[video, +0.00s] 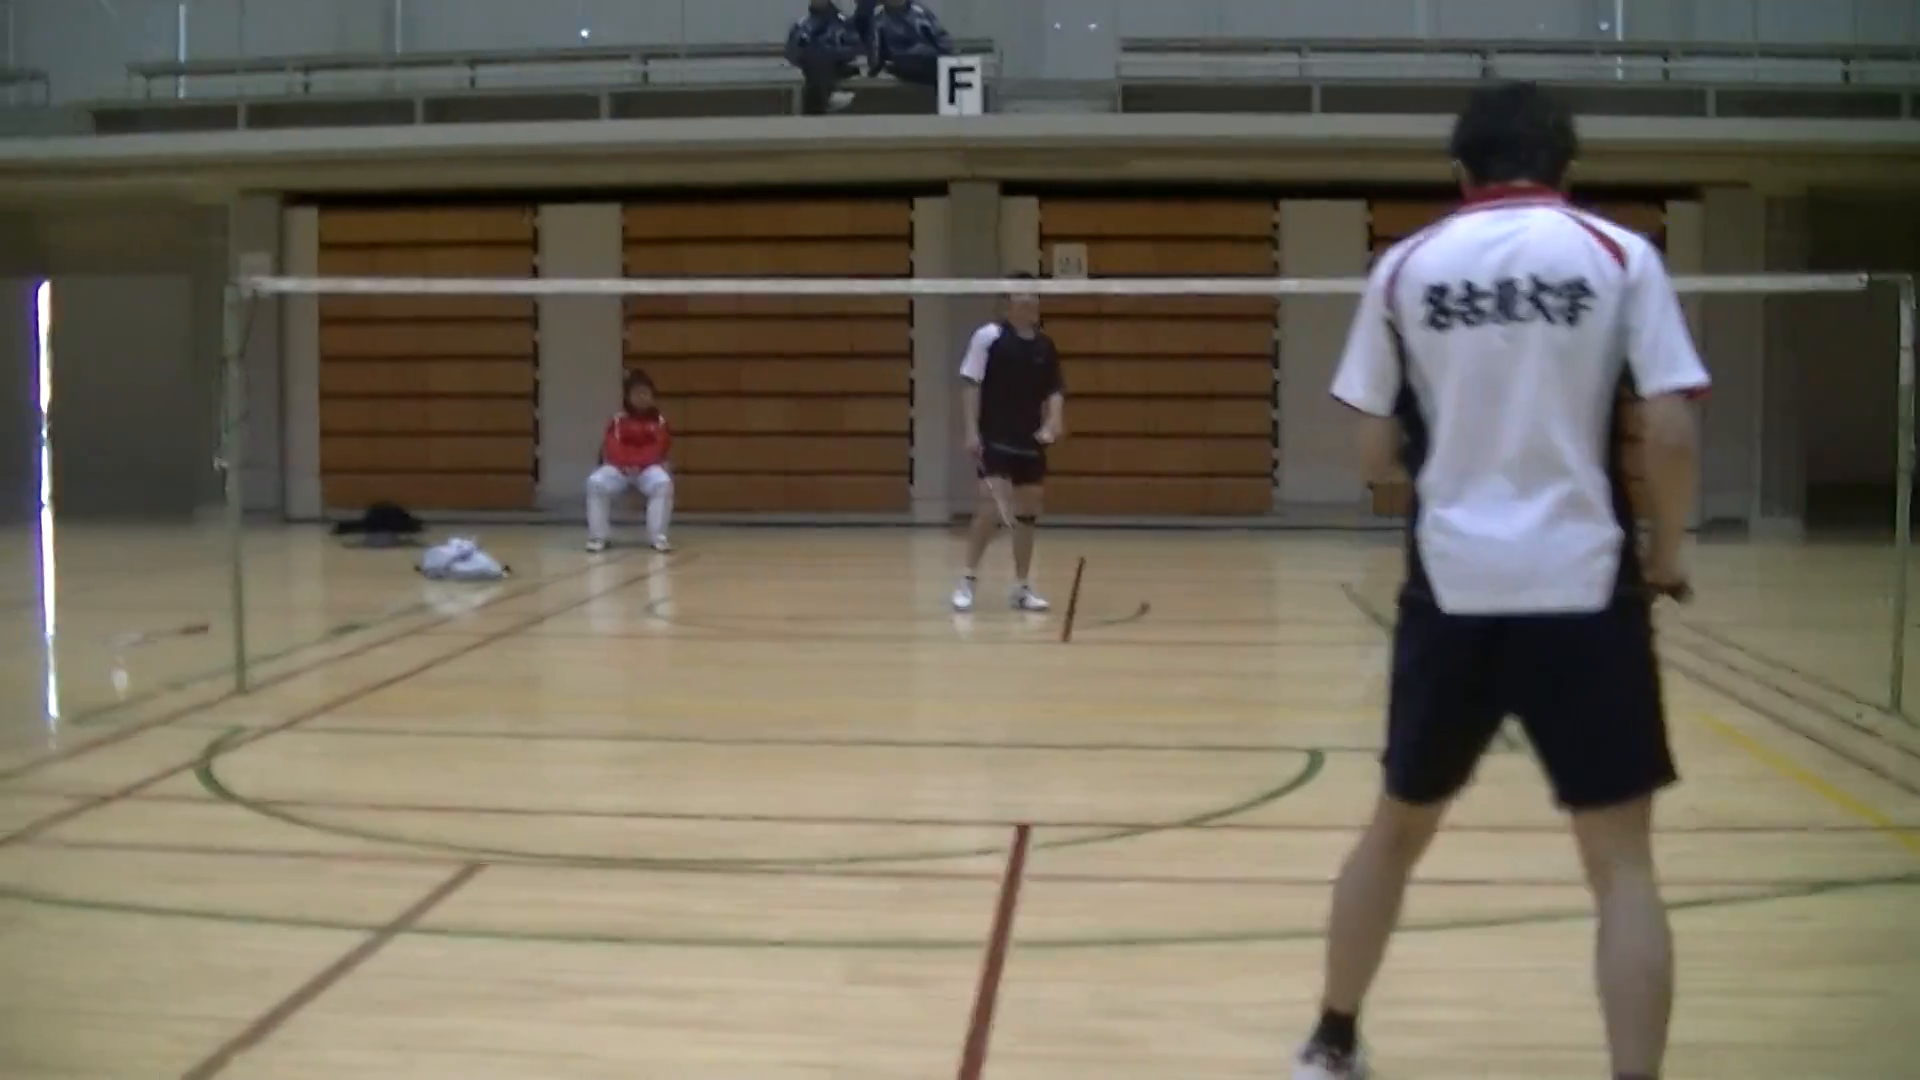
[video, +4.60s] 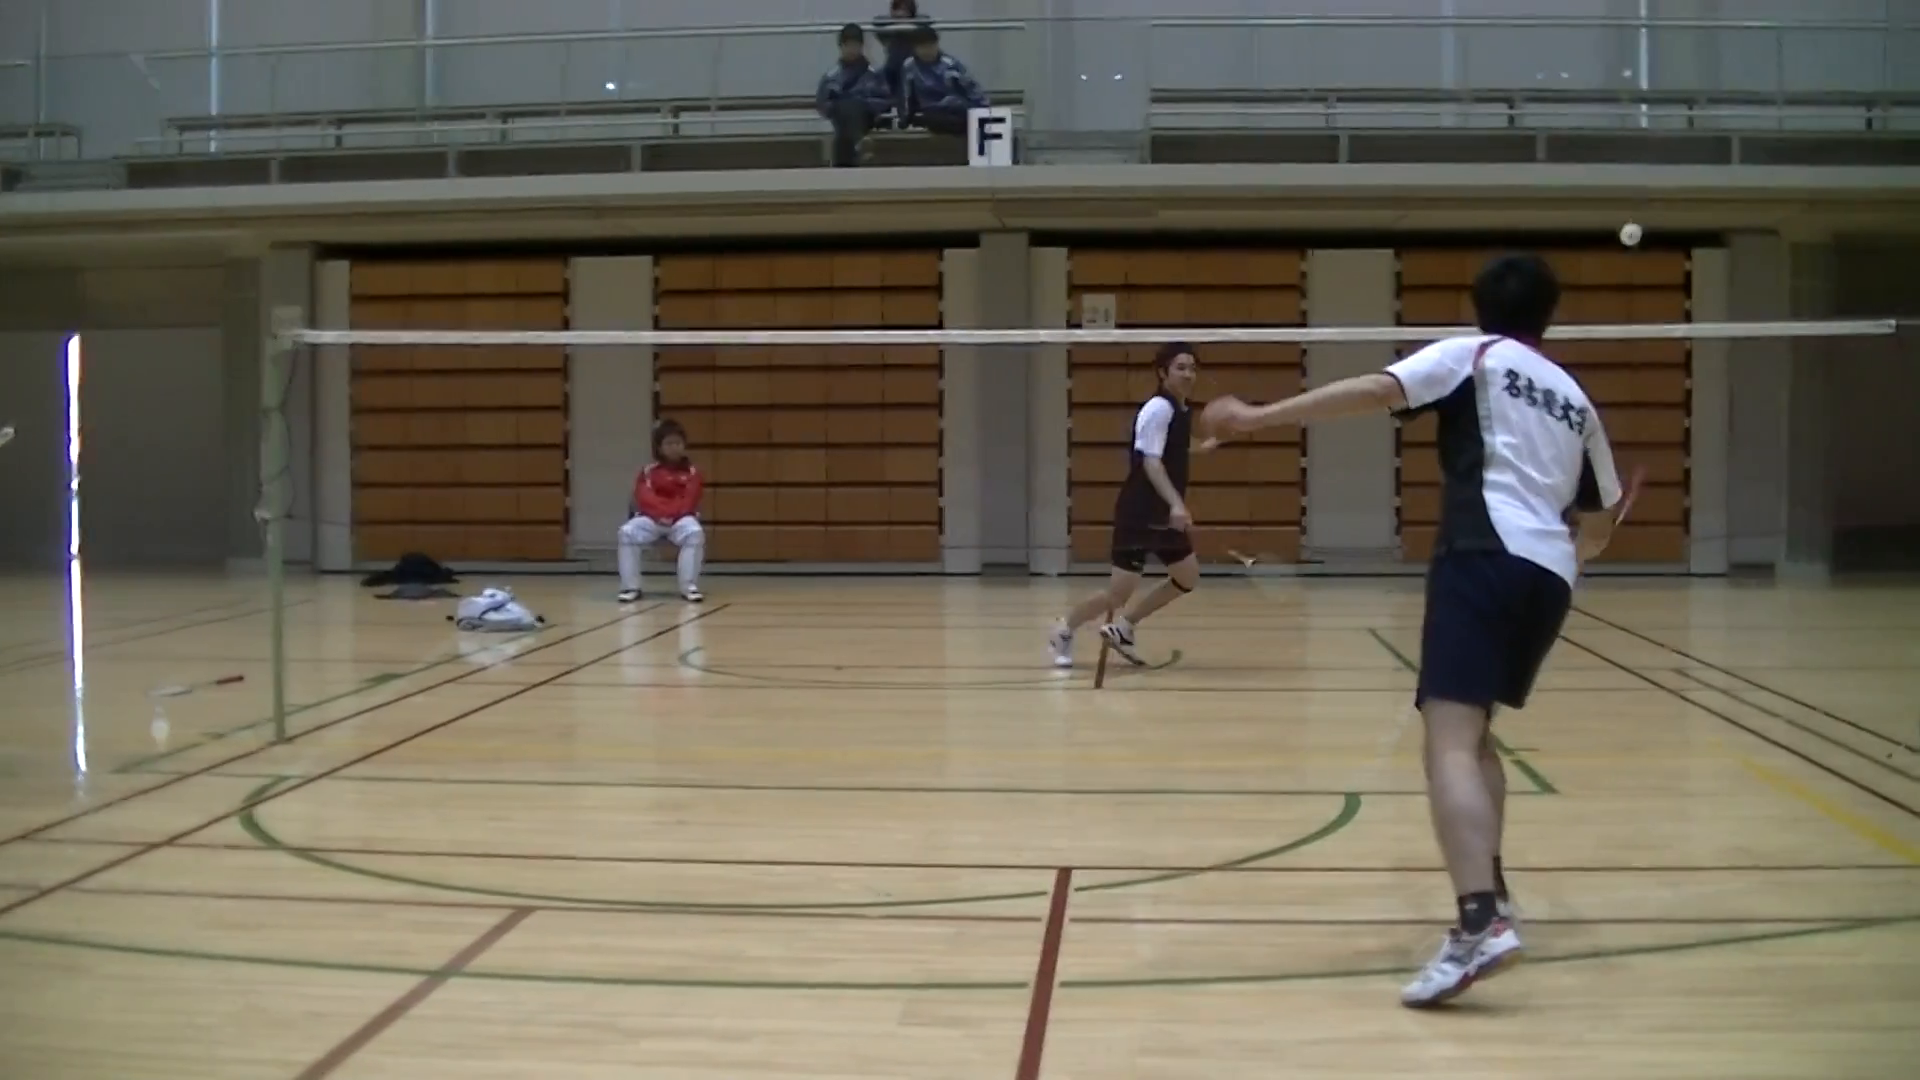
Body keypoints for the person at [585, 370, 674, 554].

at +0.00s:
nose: (641, 398)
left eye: (645, 393)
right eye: (636, 393)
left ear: (652, 396)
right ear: (628, 397)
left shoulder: (658, 421)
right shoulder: (619, 421)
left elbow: (660, 449)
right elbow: (612, 448)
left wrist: (639, 463)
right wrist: (624, 463)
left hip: (647, 466)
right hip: (620, 465)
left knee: (662, 484)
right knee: (596, 482)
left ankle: (658, 536)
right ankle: (598, 537)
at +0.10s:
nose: (664, 404)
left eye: (667, 399)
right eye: (659, 400)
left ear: (674, 402)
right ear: (650, 403)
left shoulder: (681, 428)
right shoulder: (639, 429)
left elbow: (681, 457)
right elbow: (634, 457)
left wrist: (663, 472)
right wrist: (647, 471)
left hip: (670, 474)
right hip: (642, 474)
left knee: (685, 491)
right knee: (618, 491)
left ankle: (680, 543)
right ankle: (621, 545)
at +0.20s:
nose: (669, 429)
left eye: (672, 424)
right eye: (663, 425)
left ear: (679, 427)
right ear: (654, 429)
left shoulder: (688, 454)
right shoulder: (644, 453)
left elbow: (685, 484)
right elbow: (639, 483)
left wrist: (666, 496)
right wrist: (653, 495)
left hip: (675, 499)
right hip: (647, 499)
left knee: (690, 514)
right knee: (622, 515)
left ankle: (685, 567)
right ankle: (626, 569)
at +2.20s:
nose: (659, 450)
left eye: (662, 445)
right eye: (653, 445)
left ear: (668, 447)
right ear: (644, 449)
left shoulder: (677, 474)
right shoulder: (634, 473)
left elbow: (676, 503)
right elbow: (629, 500)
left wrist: (657, 517)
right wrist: (644, 516)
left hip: (665, 520)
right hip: (636, 520)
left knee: (680, 536)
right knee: (611, 535)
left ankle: (674, 588)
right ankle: (616, 589)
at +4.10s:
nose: (664, 449)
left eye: (669, 444)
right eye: (659, 445)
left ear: (676, 447)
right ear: (651, 449)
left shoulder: (683, 475)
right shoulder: (640, 473)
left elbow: (680, 505)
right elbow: (635, 500)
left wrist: (660, 516)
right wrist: (652, 515)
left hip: (671, 519)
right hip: (643, 519)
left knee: (687, 534)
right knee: (618, 535)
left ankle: (682, 587)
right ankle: (622, 589)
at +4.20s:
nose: (697, 449)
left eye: (702, 444)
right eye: (692, 444)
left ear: (708, 447)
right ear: (683, 449)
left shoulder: (716, 475)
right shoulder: (673, 473)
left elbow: (713, 506)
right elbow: (668, 503)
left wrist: (691, 515)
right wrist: (684, 517)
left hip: (704, 520)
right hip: (676, 520)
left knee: (718, 534)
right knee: (651, 534)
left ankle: (714, 587)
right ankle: (654, 589)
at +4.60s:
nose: (674, 448)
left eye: (678, 443)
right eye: (668, 443)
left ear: (684, 445)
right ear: (659, 448)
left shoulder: (691, 473)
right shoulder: (648, 471)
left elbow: (689, 502)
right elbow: (643, 498)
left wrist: (671, 516)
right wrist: (661, 513)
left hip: (680, 518)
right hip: (651, 518)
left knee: (695, 534)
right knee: (627, 533)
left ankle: (688, 585)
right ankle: (631, 588)